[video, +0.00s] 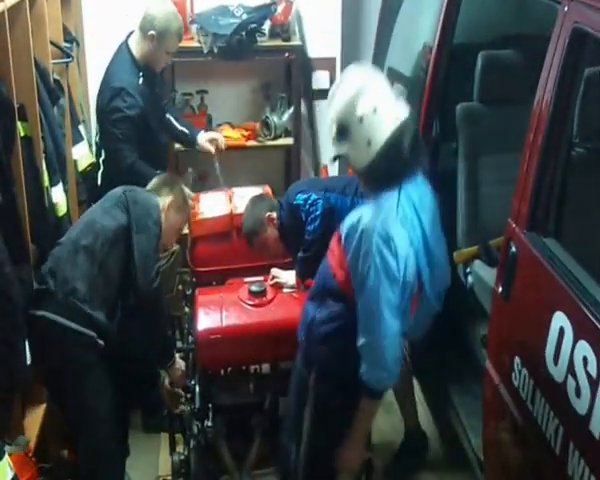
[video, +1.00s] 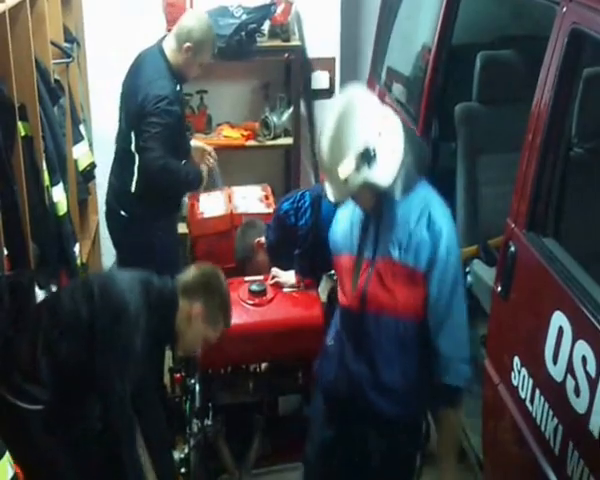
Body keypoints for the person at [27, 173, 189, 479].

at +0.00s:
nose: (173, 243)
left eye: (180, 234)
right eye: (178, 230)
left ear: (162, 204)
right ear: (167, 206)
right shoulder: (142, 201)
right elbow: (147, 286)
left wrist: (166, 361)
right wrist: (169, 359)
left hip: (48, 319)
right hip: (72, 327)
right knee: (104, 435)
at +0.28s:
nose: (183, 232)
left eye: (190, 223)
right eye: (186, 217)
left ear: (167, 186)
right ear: (169, 188)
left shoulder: (125, 198)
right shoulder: (131, 209)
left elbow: (131, 301)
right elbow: (129, 302)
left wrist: (152, 369)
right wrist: (151, 372)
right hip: (61, 348)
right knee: (86, 456)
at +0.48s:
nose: (190, 249)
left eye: (196, 241)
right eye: (193, 236)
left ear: (177, 205)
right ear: (178, 205)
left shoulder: (150, 232)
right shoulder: (121, 222)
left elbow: (143, 325)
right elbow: (116, 322)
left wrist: (149, 392)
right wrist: (137, 395)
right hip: (53, 364)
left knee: (111, 459)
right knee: (77, 464)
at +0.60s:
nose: (192, 267)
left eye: (198, 258)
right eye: (196, 255)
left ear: (184, 225)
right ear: (184, 227)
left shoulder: (154, 248)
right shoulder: (123, 240)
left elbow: (144, 345)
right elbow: (110, 343)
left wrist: (150, 424)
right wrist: (125, 433)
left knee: (109, 463)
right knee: (76, 467)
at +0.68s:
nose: (193, 293)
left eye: (202, 284)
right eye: (200, 279)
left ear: (187, 249)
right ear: (189, 250)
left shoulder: (155, 267)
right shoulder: (125, 253)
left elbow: (147, 369)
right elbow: (115, 360)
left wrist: (159, 451)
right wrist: (132, 455)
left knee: (109, 465)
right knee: (73, 470)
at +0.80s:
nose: (196, 317)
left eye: (205, 307)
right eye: (204, 302)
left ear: (190, 274)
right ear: (192, 275)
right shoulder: (126, 271)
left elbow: (148, 382)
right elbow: (118, 373)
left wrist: (165, 463)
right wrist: (140, 464)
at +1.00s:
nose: (199, 350)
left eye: (207, 344)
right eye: (205, 340)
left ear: (193, 310)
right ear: (194, 312)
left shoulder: (154, 306)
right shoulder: (130, 311)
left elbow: (149, 404)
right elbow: (120, 412)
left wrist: (169, 472)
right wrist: (135, 473)